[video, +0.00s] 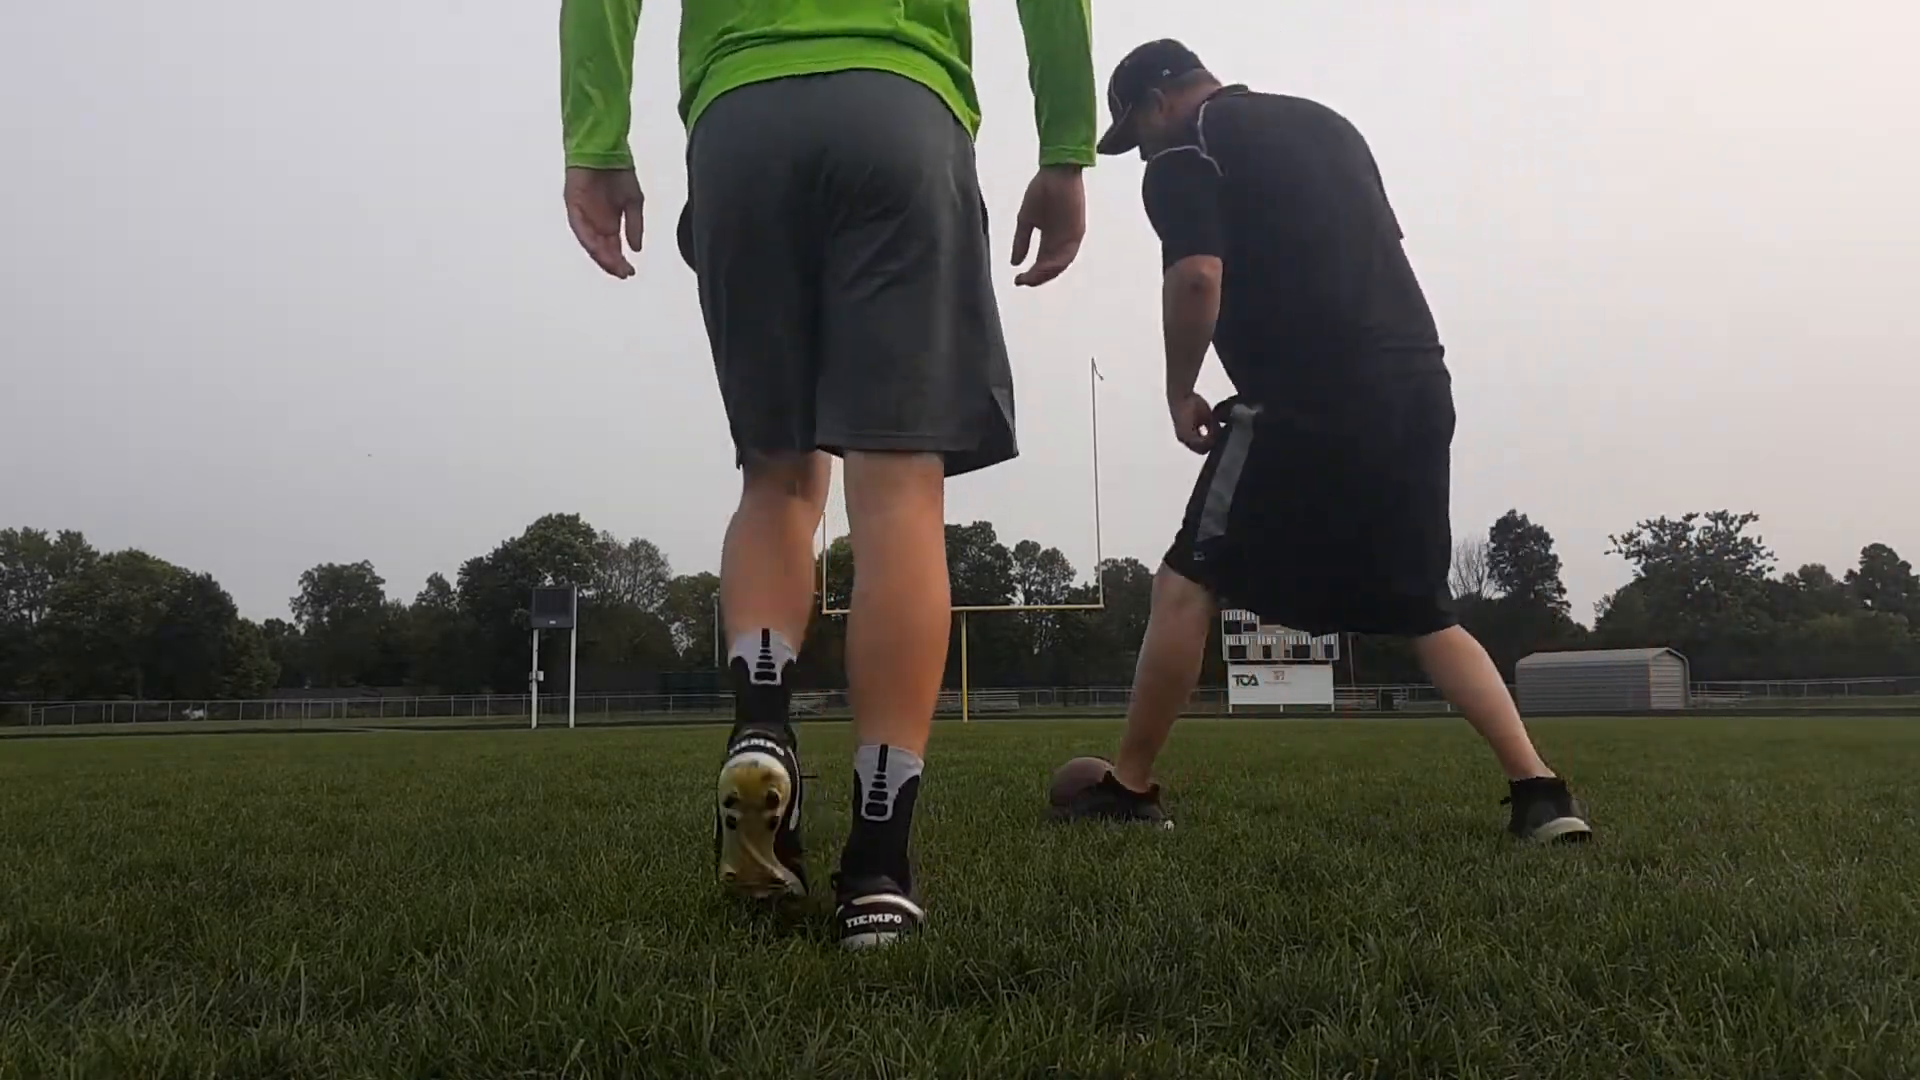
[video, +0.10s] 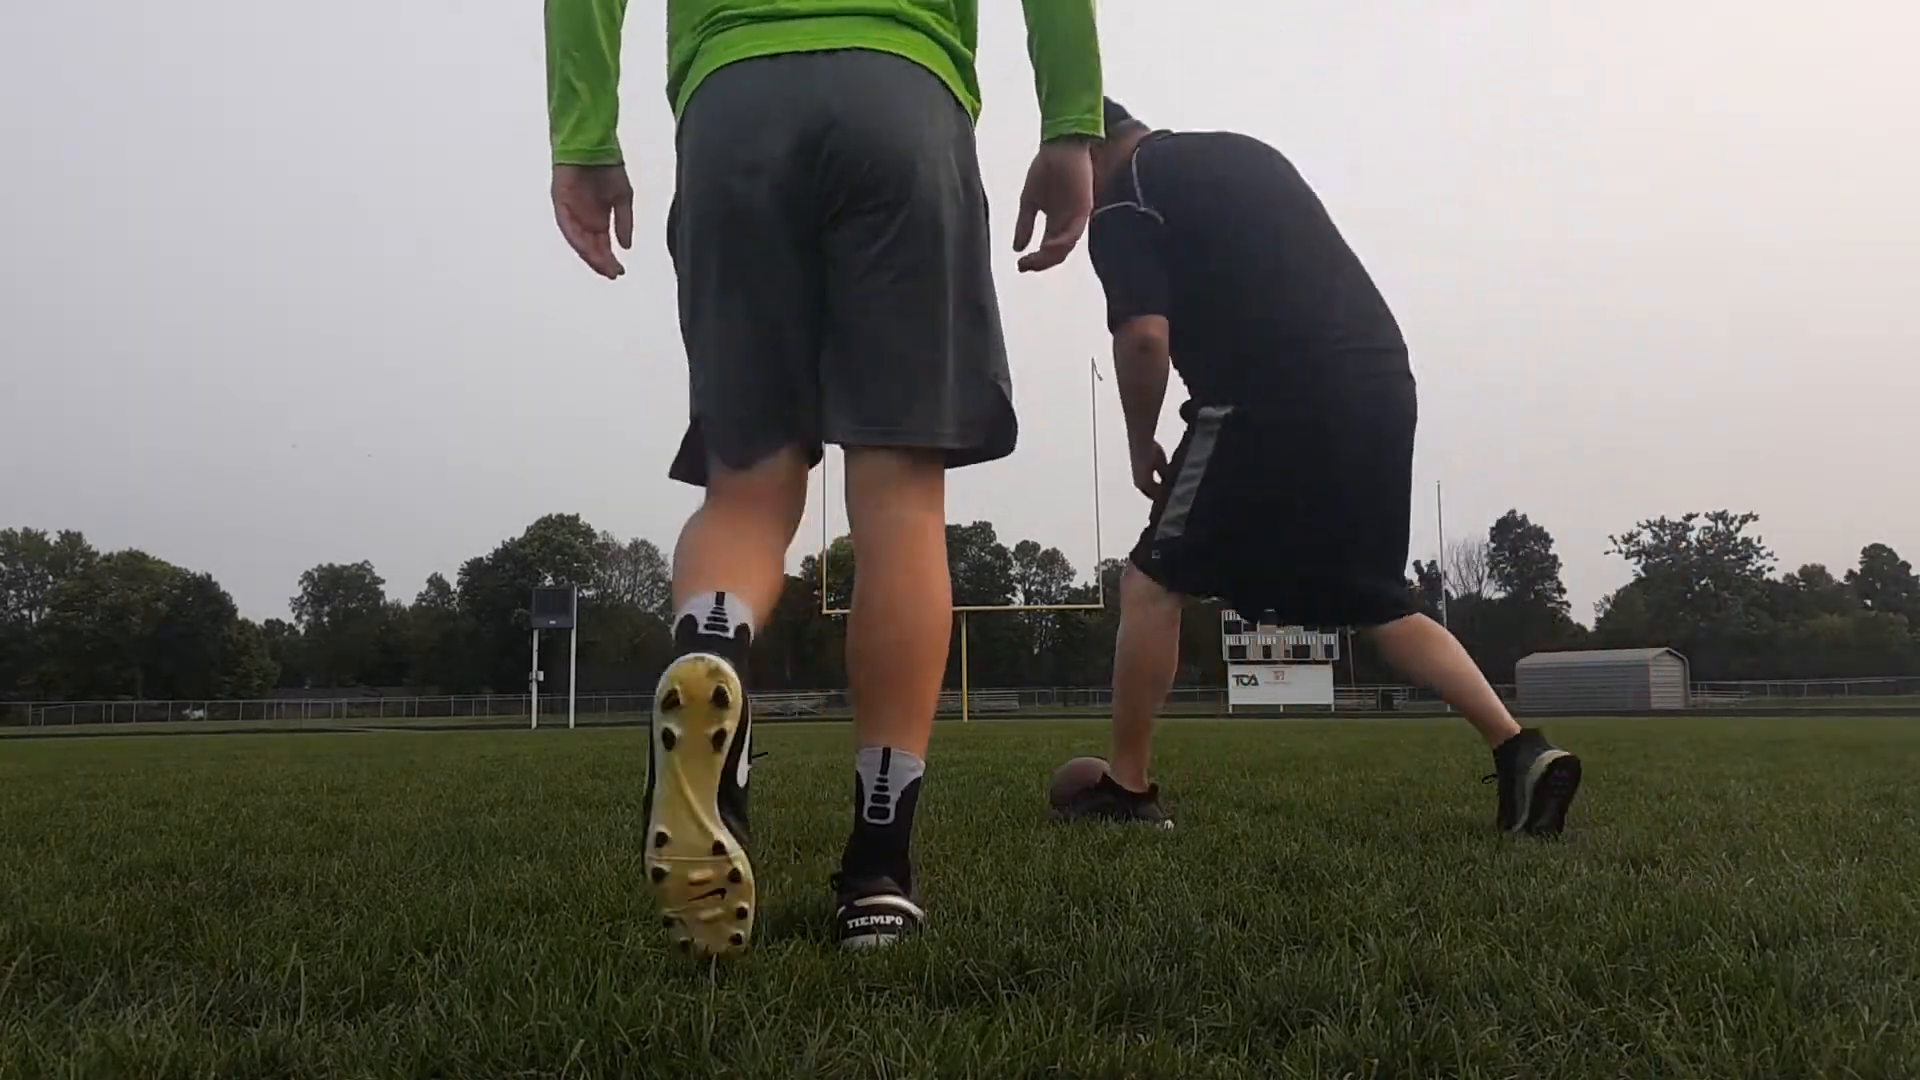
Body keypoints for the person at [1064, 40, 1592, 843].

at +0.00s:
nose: (1147, 154)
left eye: (1141, 137)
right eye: (1137, 144)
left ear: (1161, 96)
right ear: (1202, 82)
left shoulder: (1184, 148)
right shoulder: (1323, 121)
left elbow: (1197, 275)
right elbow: (1364, 254)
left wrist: (1181, 389)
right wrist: (1273, 383)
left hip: (1302, 392)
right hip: (1416, 385)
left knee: (1185, 583)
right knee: (1418, 603)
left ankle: (1129, 782)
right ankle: (1537, 783)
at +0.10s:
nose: (1084, 207)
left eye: (1075, 186)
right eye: (1073, 194)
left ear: (1094, 157)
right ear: (1134, 131)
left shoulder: (1126, 196)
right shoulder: (1244, 156)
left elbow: (1143, 335)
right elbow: (1280, 290)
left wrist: (1142, 443)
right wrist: (1211, 409)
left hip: (1266, 399)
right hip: (1377, 385)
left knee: (1150, 582)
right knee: (1371, 598)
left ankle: (1126, 783)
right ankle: (1517, 746)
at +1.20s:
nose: (970, 442)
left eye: (973, 421)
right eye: (959, 436)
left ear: (1015, 397)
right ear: (972, 443)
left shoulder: (1080, 421)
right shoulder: (1049, 504)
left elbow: (1146, 514)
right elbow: (1094, 627)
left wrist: (1050, 551)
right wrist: (1079, 746)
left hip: (1272, 547)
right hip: (1283, 592)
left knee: (1057, 575)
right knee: (1237, 791)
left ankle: (1120, 786)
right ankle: (1427, 766)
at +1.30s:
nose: (983, 438)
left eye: (987, 418)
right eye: (973, 430)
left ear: (1032, 395)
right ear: (990, 431)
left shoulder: (1097, 418)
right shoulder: (1054, 503)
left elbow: (1161, 516)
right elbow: (1105, 623)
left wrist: (1061, 551)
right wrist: (1086, 747)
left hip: (1277, 554)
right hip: (1284, 600)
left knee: (1069, 577)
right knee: (1239, 797)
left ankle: (1119, 788)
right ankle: (1427, 767)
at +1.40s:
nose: (1003, 435)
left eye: (1005, 415)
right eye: (995, 424)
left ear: (1050, 388)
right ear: (1024, 409)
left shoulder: (1118, 408)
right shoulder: (1072, 495)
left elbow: (1169, 514)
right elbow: (1121, 622)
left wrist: (1065, 552)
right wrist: (1094, 748)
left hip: (1286, 559)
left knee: (1076, 576)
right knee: (1238, 797)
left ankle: (1120, 789)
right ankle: (1426, 764)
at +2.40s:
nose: (1129, 324)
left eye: (1135, 308)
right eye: (1128, 312)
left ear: (1179, 300)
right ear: (1188, 302)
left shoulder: (1196, 367)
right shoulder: (1233, 365)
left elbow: (1176, 502)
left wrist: (1142, 589)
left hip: (1268, 566)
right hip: (1305, 592)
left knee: (1076, 585)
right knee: (1234, 793)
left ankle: (1165, 773)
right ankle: (1424, 766)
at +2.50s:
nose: (1130, 321)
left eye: (1136, 305)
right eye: (1129, 309)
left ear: (1178, 300)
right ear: (1190, 301)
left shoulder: (1196, 364)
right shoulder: (1233, 363)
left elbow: (1176, 505)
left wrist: (1143, 596)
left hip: (1267, 567)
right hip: (1304, 590)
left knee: (1074, 588)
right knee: (1236, 794)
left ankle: (1167, 777)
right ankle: (1426, 768)